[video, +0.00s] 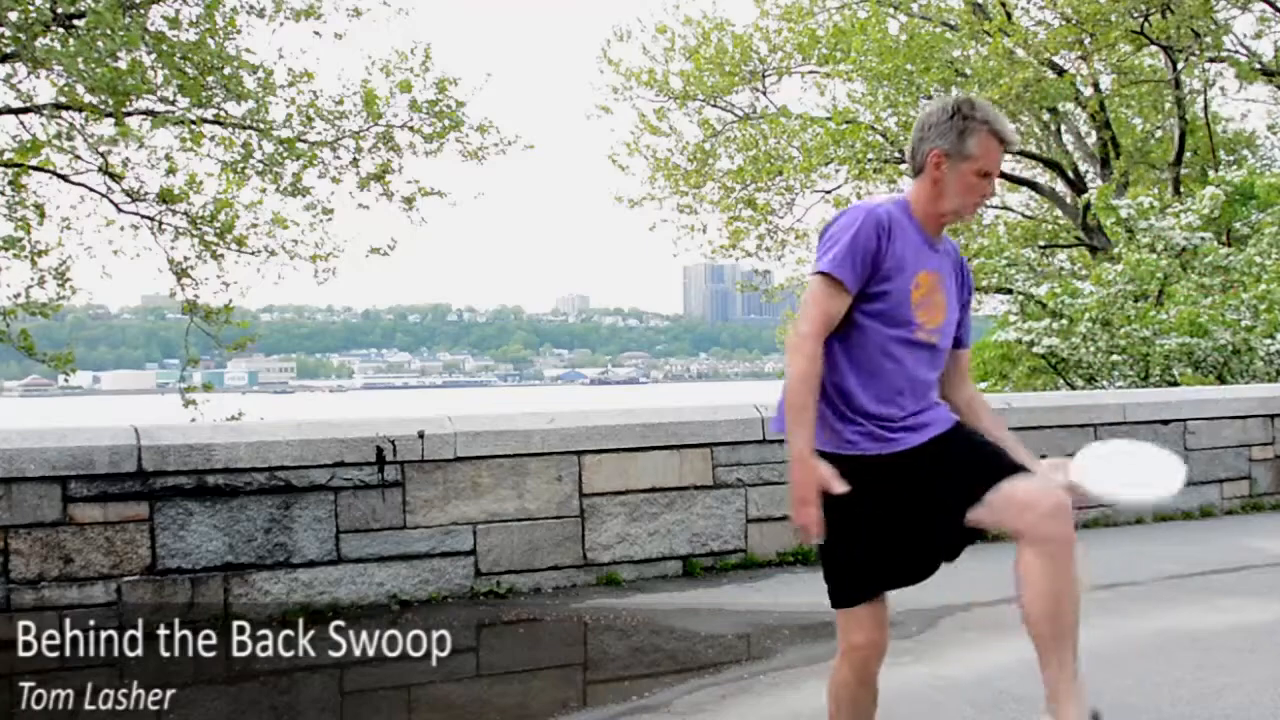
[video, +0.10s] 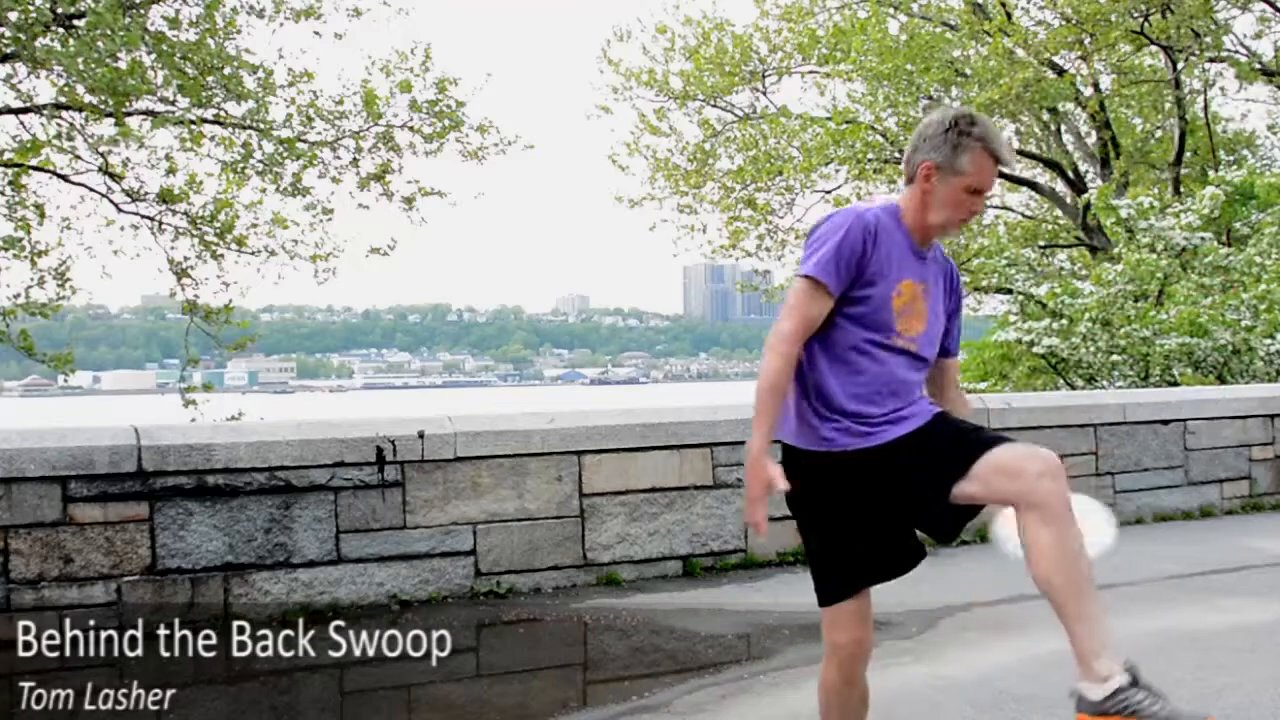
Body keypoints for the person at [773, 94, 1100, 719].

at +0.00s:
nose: (991, 191)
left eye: (995, 178)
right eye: (982, 174)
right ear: (935, 164)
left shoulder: (953, 266)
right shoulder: (867, 225)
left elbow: (958, 389)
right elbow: (805, 337)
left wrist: (1030, 467)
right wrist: (802, 457)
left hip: (930, 445)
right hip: (849, 458)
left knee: (1046, 510)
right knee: (863, 642)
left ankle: (1068, 708)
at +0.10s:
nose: (978, 211)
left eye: (984, 198)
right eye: (972, 193)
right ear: (925, 175)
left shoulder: (941, 272)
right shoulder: (854, 230)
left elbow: (945, 387)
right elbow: (785, 339)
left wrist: (1000, 491)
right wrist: (757, 453)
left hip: (908, 439)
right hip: (828, 457)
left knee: (1040, 475)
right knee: (848, 643)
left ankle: (1103, 681)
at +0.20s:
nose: (953, 210)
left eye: (963, 197)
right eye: (945, 194)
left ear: (967, 193)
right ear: (902, 175)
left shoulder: (932, 272)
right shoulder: (832, 232)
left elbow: (928, 376)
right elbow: (766, 335)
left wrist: (962, 476)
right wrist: (735, 447)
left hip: (905, 439)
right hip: (821, 455)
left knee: (1038, 466)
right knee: (845, 640)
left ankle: (1121, 666)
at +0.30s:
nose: (919, 187)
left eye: (931, 174)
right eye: (907, 169)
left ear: (941, 175)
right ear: (871, 160)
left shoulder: (931, 261)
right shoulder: (814, 230)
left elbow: (915, 368)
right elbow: (757, 338)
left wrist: (936, 448)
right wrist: (742, 449)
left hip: (909, 438)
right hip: (826, 454)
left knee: (1041, 477)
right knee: (846, 644)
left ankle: (1104, 684)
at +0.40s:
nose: (868, 155)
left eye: (885, 143)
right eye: (859, 140)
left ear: (917, 153)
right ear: (847, 144)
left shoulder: (933, 244)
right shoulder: (804, 222)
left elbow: (910, 347)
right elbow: (767, 340)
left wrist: (926, 423)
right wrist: (776, 451)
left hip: (920, 432)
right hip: (830, 446)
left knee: (1042, 507)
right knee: (846, 635)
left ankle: (1069, 706)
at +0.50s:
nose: (842, 135)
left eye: (859, 123)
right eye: (839, 122)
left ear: (903, 138)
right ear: (835, 130)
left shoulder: (938, 227)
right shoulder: (801, 210)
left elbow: (906, 327)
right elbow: (780, 332)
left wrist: (920, 408)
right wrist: (819, 435)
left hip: (928, 425)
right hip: (835, 435)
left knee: (1021, 555)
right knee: (847, 620)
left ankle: (1036, 715)